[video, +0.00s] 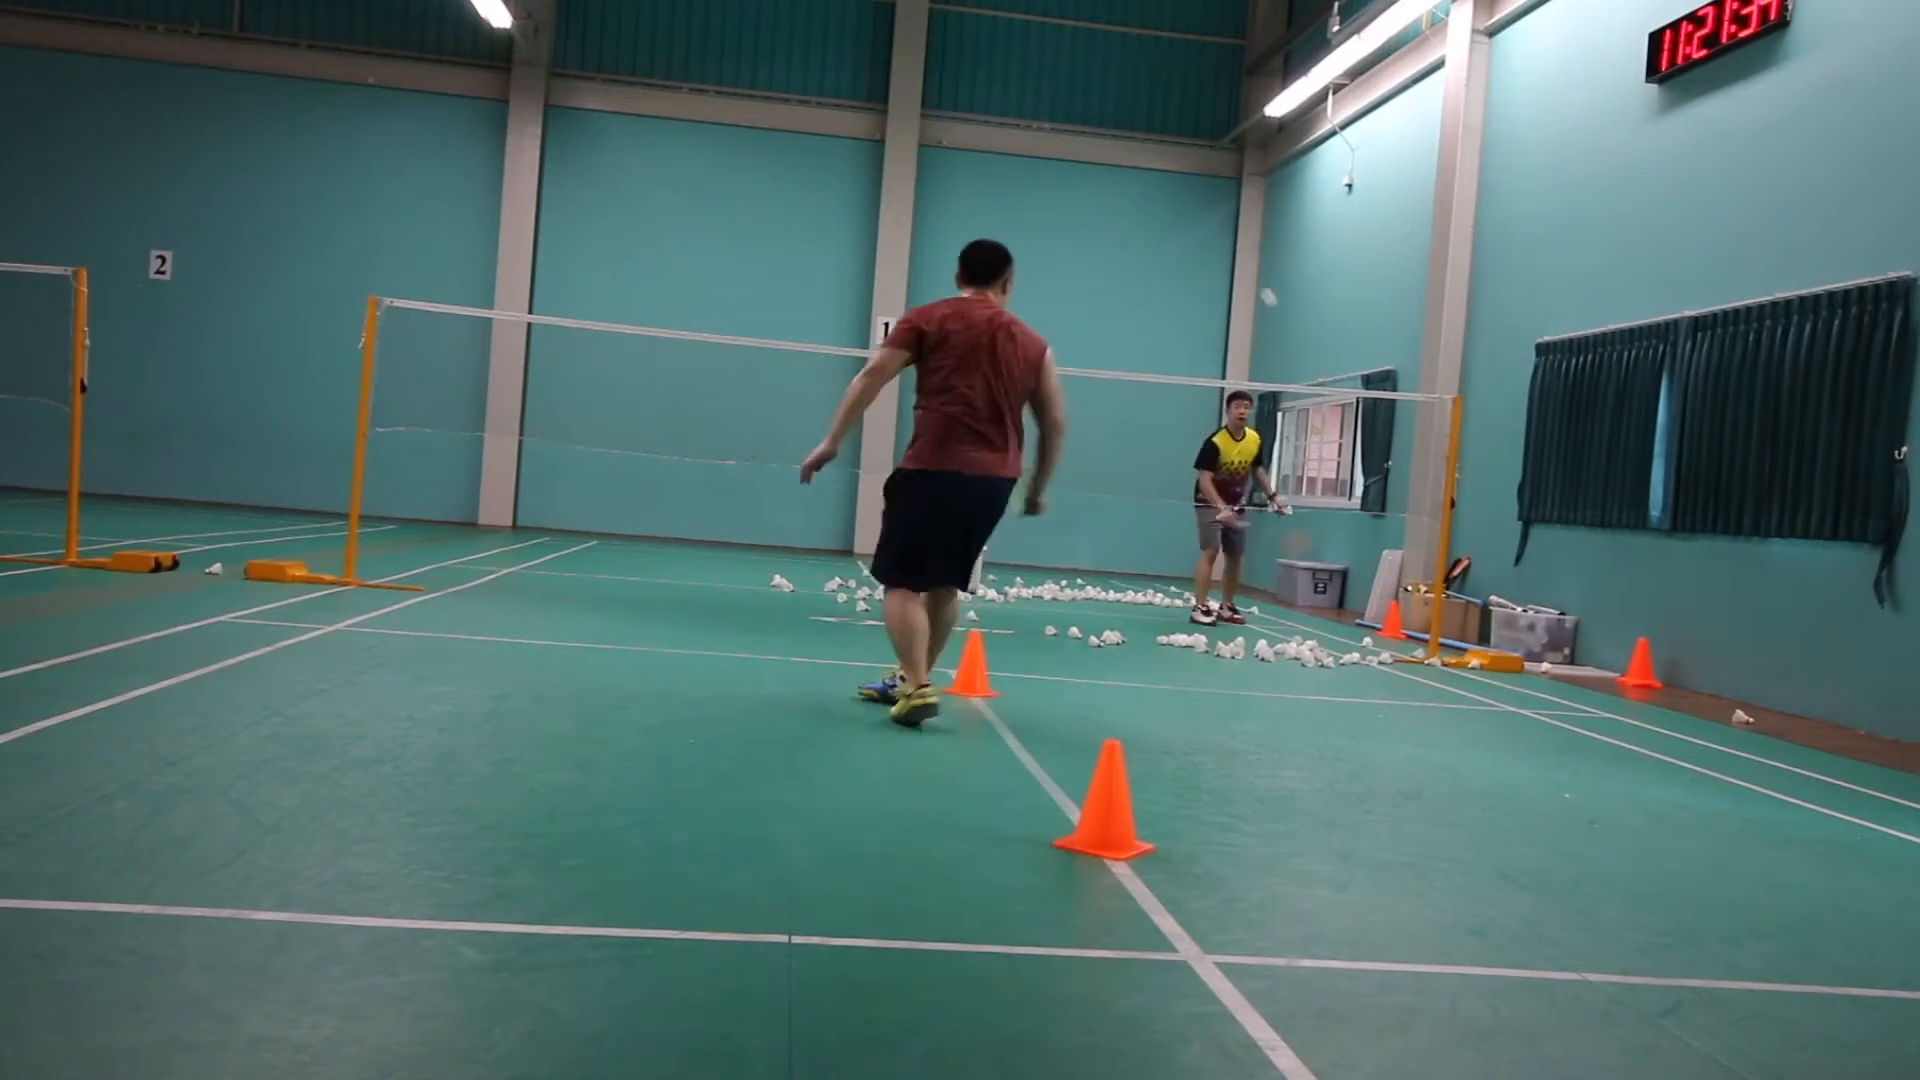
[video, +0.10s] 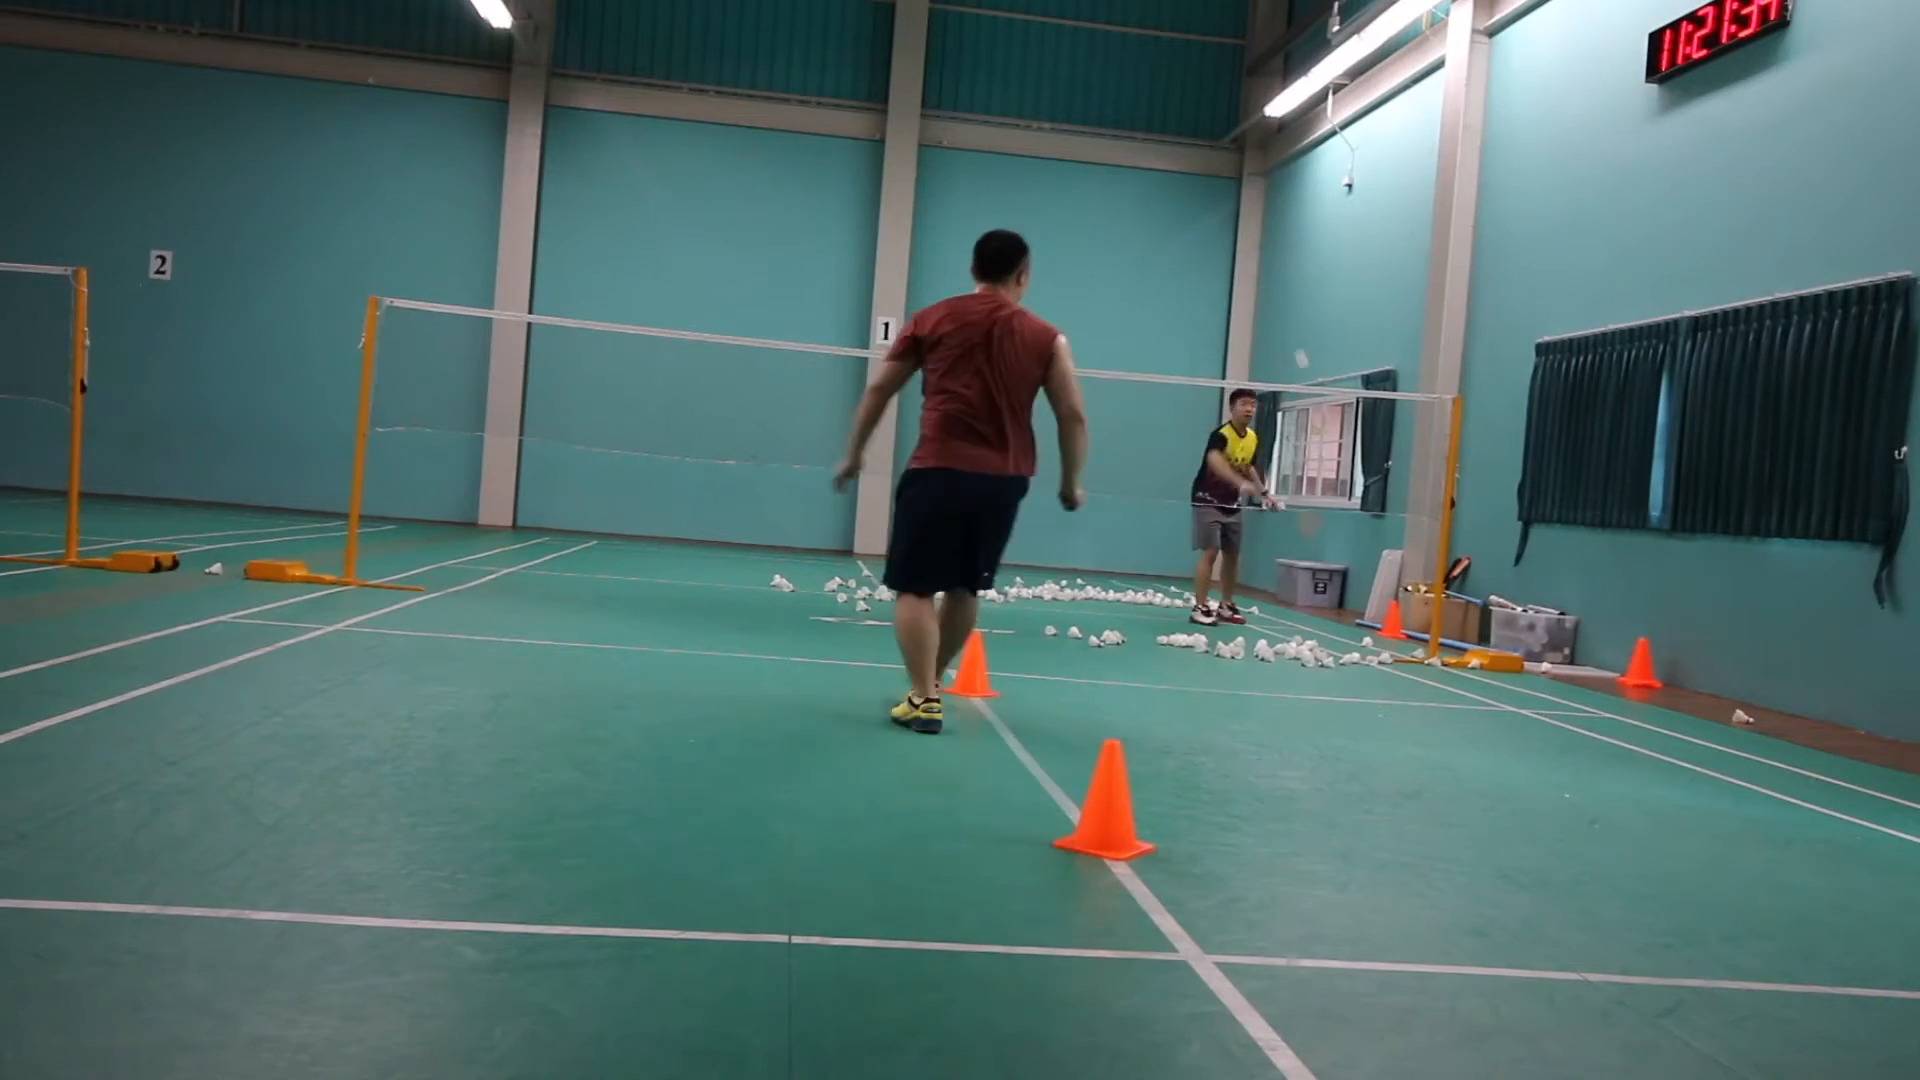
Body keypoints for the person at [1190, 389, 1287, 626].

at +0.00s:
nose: (1242, 412)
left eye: (1246, 408)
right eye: (1237, 407)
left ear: (1250, 412)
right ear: (1228, 411)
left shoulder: (1255, 439)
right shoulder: (1214, 442)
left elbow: (1257, 469)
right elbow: (1204, 480)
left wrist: (1272, 496)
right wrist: (1222, 507)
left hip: (1236, 504)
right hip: (1210, 503)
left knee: (1234, 556)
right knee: (1211, 552)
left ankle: (1227, 605)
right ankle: (1200, 605)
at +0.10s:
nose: (1249, 409)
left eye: (1252, 405)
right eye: (1243, 404)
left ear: (1255, 410)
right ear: (1232, 408)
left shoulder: (1252, 438)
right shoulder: (1221, 435)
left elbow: (1249, 467)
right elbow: (1215, 462)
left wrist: (1263, 493)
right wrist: (1241, 483)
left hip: (1233, 502)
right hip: (1209, 500)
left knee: (1232, 553)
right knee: (1211, 551)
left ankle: (1227, 604)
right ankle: (1201, 605)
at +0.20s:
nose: (1255, 409)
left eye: (1258, 404)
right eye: (1250, 403)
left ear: (1260, 409)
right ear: (1237, 406)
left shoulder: (1249, 436)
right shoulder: (1225, 427)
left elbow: (1237, 472)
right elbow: (1232, 424)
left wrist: (1251, 492)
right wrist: (1249, 414)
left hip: (1229, 501)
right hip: (1208, 499)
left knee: (1231, 552)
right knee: (1211, 551)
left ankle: (1225, 603)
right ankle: (1201, 606)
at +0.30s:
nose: (1258, 405)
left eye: (1261, 401)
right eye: (1253, 400)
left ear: (1262, 409)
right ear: (1242, 404)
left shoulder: (1249, 434)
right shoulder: (1228, 426)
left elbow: (1240, 467)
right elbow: (1233, 408)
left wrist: (1240, 491)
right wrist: (1245, 386)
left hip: (1230, 498)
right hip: (1209, 496)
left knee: (1230, 551)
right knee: (1213, 551)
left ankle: (1223, 601)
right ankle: (1200, 605)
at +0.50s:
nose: (1257, 406)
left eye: (1261, 403)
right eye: (1253, 401)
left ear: (1263, 410)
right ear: (1240, 403)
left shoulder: (1253, 437)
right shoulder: (1227, 432)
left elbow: (1250, 469)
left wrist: (1252, 497)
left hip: (1238, 503)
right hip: (1221, 501)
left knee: (1227, 556)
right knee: (1215, 556)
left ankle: (1220, 601)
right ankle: (1206, 603)